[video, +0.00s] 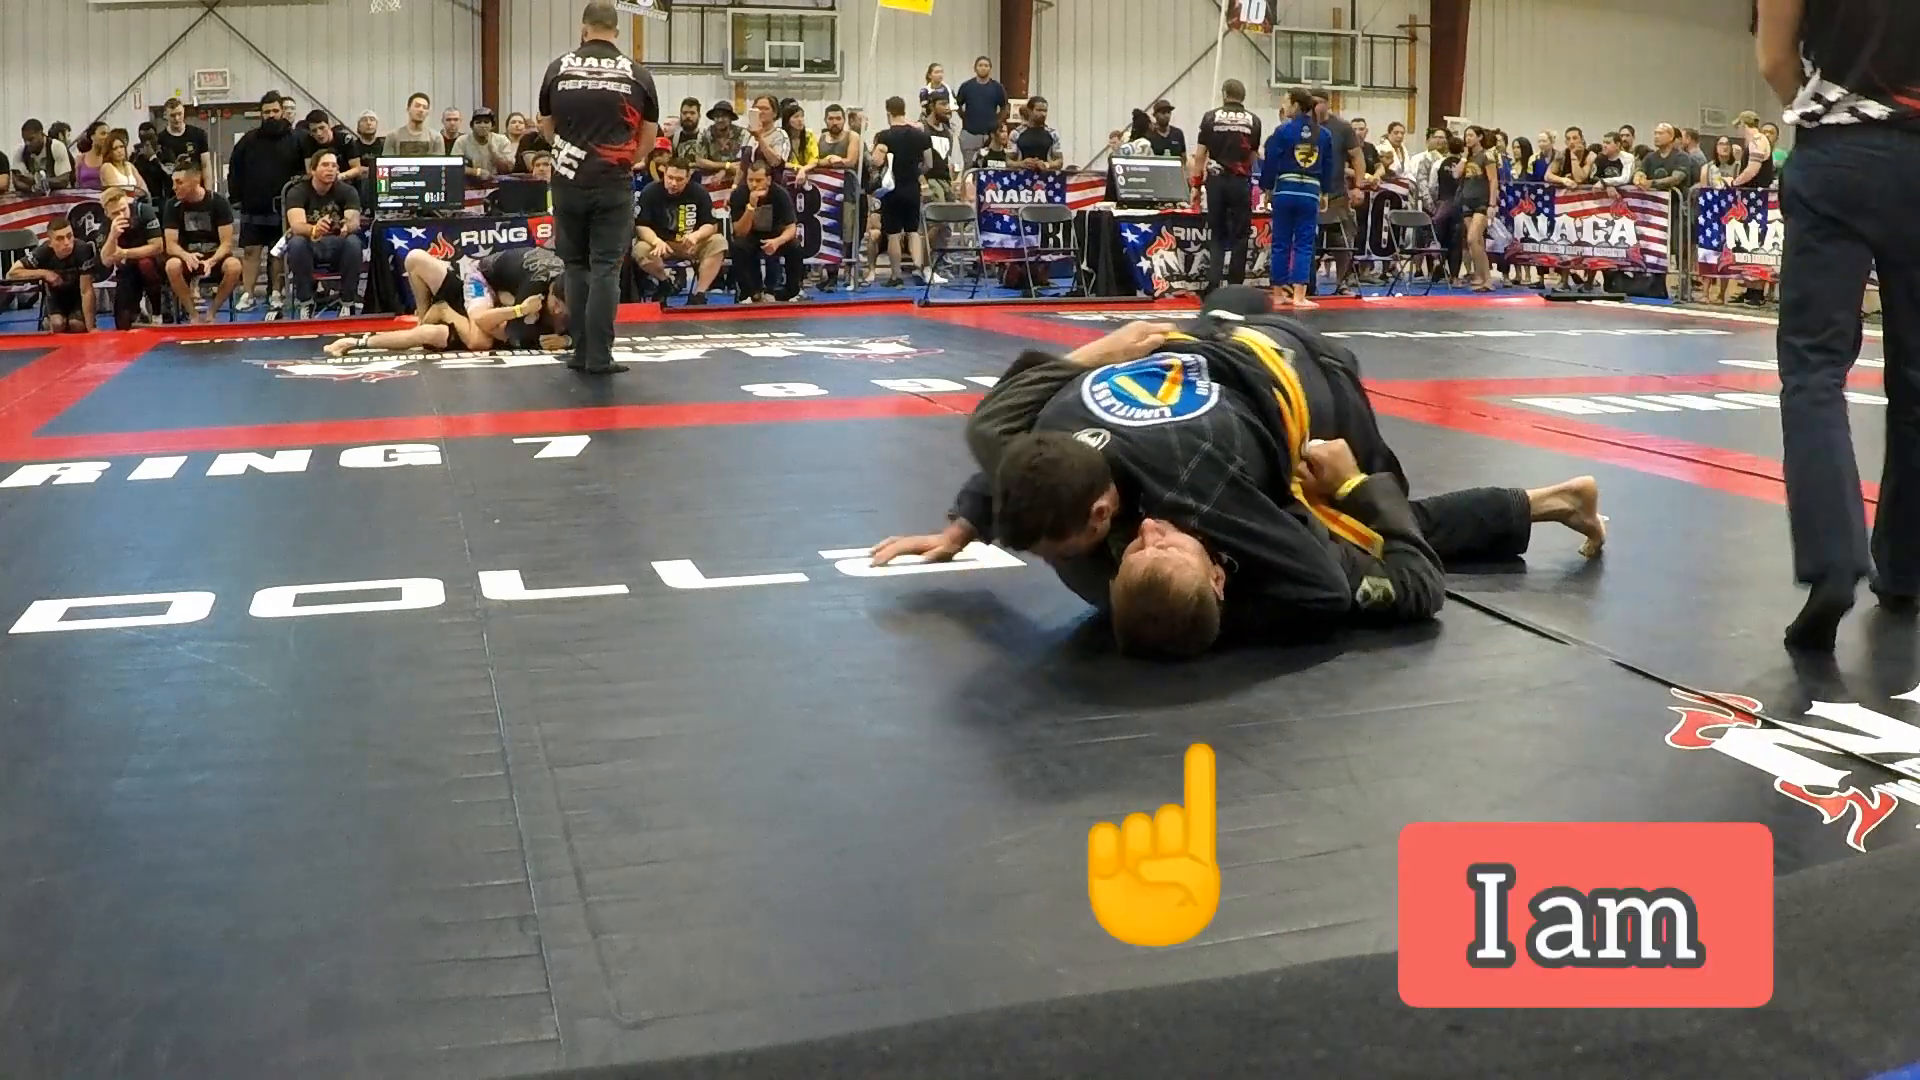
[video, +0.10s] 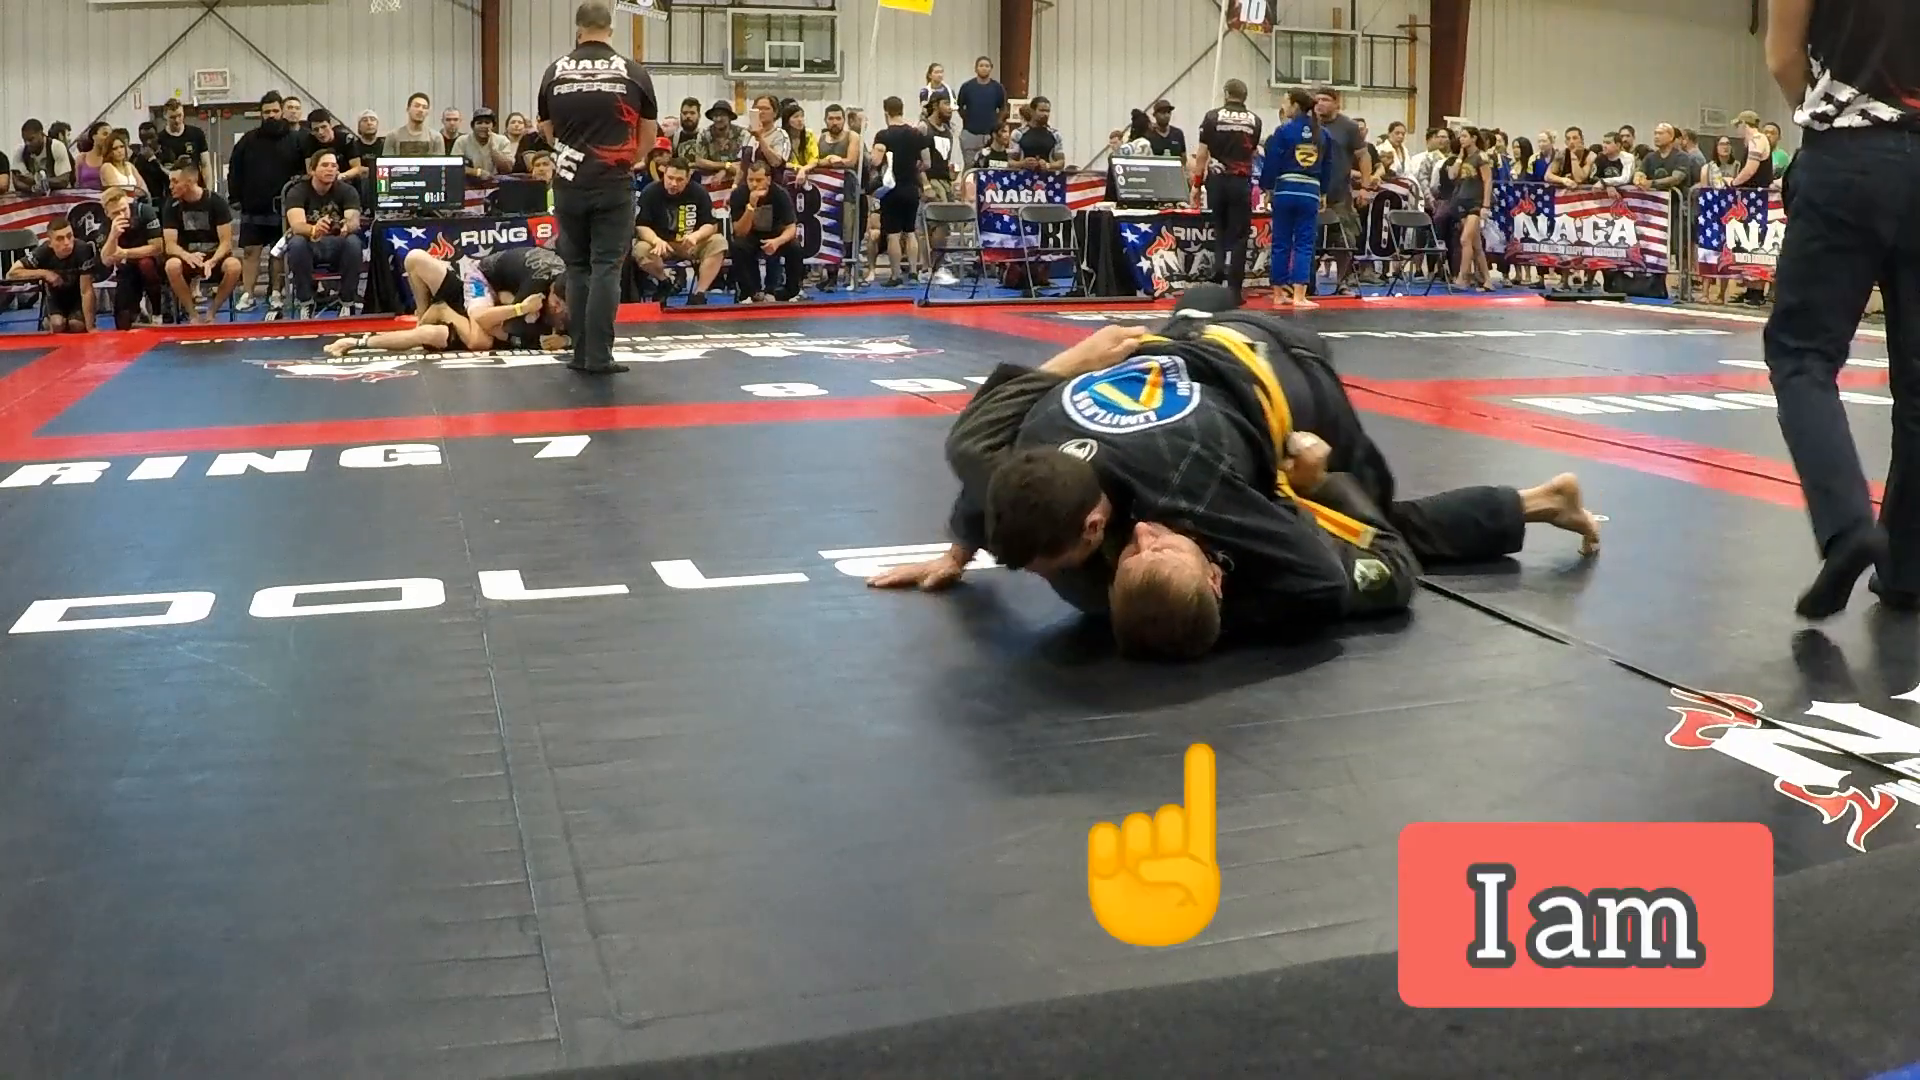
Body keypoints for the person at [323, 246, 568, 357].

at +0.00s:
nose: (555, 311)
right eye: (557, 307)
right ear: (555, 302)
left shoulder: (533, 330)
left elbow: (477, 337)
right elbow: (480, 318)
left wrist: (449, 312)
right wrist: (519, 311)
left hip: (470, 326)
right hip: (475, 287)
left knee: (429, 334)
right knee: (414, 259)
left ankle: (355, 343)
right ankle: (423, 319)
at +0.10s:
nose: (559, 311)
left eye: (565, 310)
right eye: (560, 305)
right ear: (555, 299)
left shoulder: (535, 329)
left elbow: (477, 339)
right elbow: (479, 316)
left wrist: (448, 312)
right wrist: (520, 309)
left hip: (469, 326)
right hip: (474, 288)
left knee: (430, 335)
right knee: (414, 259)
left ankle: (355, 344)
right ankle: (423, 318)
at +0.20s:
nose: (559, 307)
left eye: (566, 307)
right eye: (560, 301)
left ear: (569, 311)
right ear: (555, 297)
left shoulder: (539, 330)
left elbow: (482, 329)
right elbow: (479, 313)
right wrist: (520, 309)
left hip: (470, 324)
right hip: (475, 288)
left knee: (433, 335)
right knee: (414, 258)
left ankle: (355, 343)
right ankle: (424, 318)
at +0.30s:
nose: (559, 309)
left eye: (565, 309)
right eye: (560, 303)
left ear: (565, 315)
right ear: (556, 299)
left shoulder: (536, 331)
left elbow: (481, 319)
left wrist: (447, 312)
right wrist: (520, 308)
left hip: (469, 327)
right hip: (474, 292)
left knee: (431, 334)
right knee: (415, 258)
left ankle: (355, 344)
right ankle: (423, 318)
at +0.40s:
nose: (559, 313)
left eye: (565, 313)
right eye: (559, 306)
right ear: (553, 300)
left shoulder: (534, 332)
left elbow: (481, 321)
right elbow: (480, 311)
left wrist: (449, 311)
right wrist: (519, 306)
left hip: (470, 327)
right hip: (473, 293)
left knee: (431, 333)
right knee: (416, 257)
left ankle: (355, 343)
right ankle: (423, 319)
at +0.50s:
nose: (554, 308)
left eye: (560, 308)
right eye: (555, 303)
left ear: (566, 312)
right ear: (552, 299)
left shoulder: (542, 331)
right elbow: (481, 313)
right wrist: (521, 307)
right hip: (477, 296)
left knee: (429, 330)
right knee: (416, 255)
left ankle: (355, 343)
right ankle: (424, 317)